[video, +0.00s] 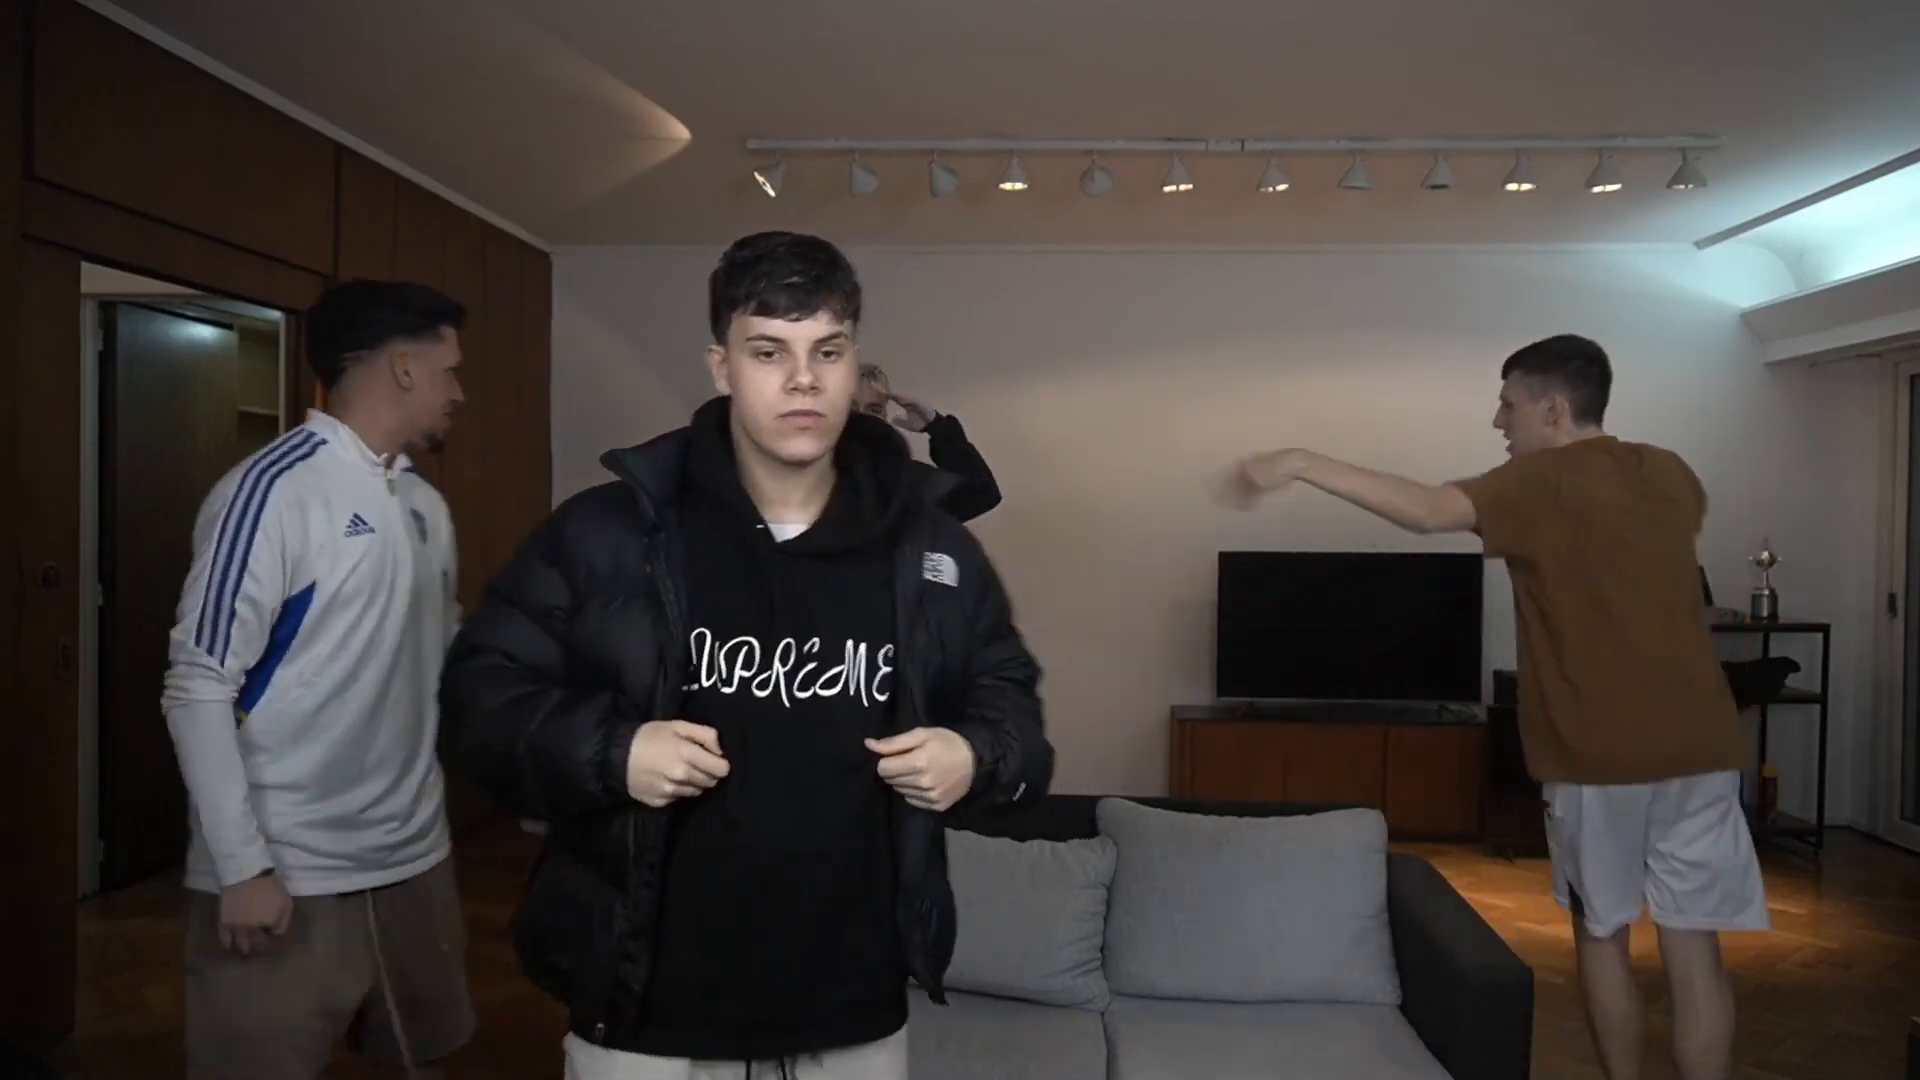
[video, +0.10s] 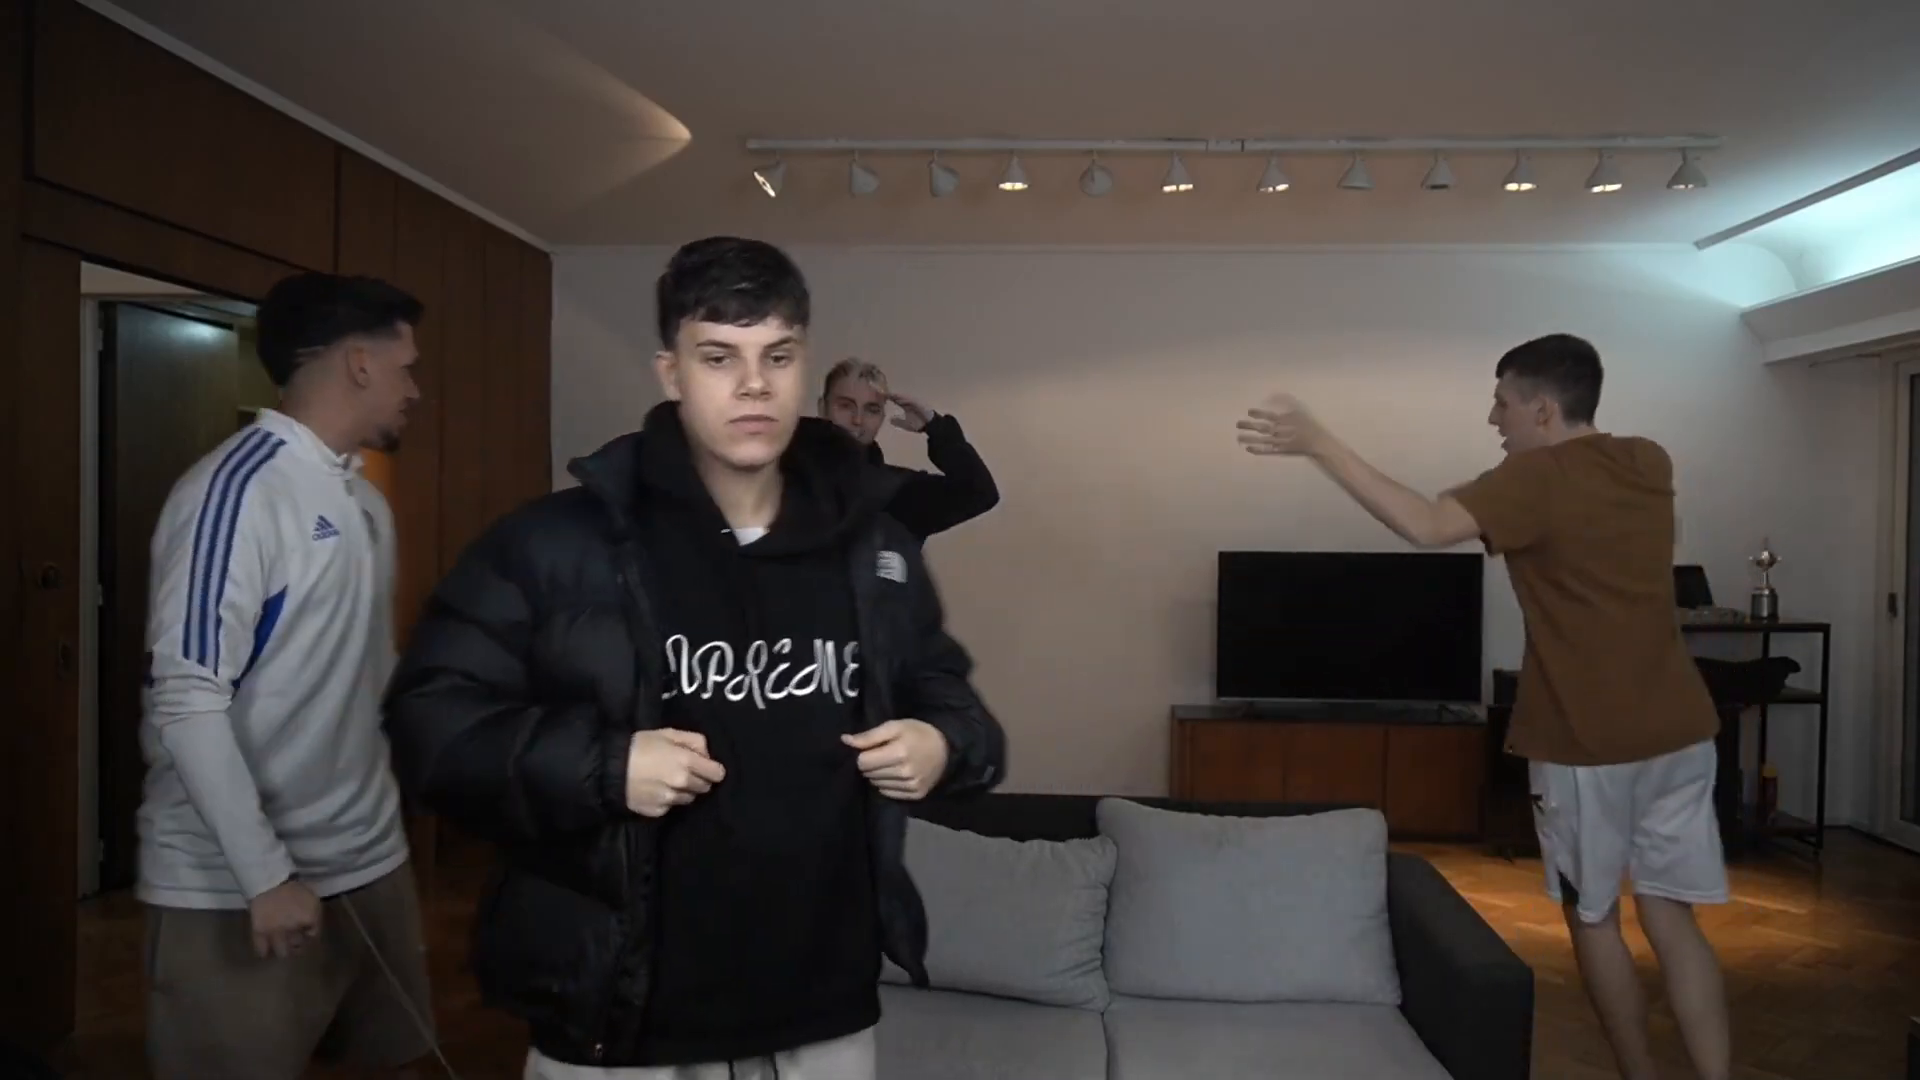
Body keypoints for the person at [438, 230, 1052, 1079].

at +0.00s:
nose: (802, 383)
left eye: (828, 354)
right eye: (770, 354)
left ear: (858, 366)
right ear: (721, 366)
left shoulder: (927, 545)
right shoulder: (610, 532)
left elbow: (1016, 724)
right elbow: (478, 697)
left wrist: (975, 757)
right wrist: (610, 749)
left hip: (850, 1009)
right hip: (650, 1009)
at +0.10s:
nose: (754, 387)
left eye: (779, 358)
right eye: (720, 359)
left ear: (806, 369)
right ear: (669, 373)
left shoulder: (869, 539)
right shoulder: (561, 544)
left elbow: (958, 713)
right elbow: (431, 721)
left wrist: (943, 747)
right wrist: (603, 764)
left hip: (819, 1012)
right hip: (620, 1017)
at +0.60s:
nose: (505, 389)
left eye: (525, 360)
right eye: (465, 362)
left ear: (547, 369)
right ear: (402, 374)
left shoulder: (566, 537)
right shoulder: (307, 562)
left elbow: (620, 677)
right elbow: (221, 773)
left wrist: (673, 714)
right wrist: (463, 782)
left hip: (581, 995)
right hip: (405, 1021)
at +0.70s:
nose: (469, 388)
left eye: (487, 359)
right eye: (428, 361)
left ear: (508, 366)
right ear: (362, 376)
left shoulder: (524, 530)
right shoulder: (272, 560)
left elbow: (568, 680)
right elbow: (198, 774)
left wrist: (632, 703)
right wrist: (444, 769)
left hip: (539, 990)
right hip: (373, 1014)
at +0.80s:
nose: (431, 389)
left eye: (447, 360)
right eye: (391, 362)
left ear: (467, 370)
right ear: (323, 378)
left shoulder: (481, 528)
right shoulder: (236, 556)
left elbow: (527, 677)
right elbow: (168, 769)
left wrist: (601, 697)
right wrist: (412, 760)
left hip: (493, 982)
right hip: (335, 1008)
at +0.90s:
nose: (392, 391)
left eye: (408, 362)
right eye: (353, 364)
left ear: (429, 372)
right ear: (288, 383)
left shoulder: (442, 524)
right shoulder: (200, 555)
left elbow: (490, 673)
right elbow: (133, 767)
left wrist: (562, 700)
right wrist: (378, 755)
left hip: (442, 974)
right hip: (296, 1003)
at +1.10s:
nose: (321, 380)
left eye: (340, 354)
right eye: (284, 352)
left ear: (361, 369)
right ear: (220, 369)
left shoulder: (366, 511)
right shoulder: (122, 531)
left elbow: (401, 663)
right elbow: (50, 744)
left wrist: (471, 696)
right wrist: (281, 740)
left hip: (349, 953)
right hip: (204, 975)